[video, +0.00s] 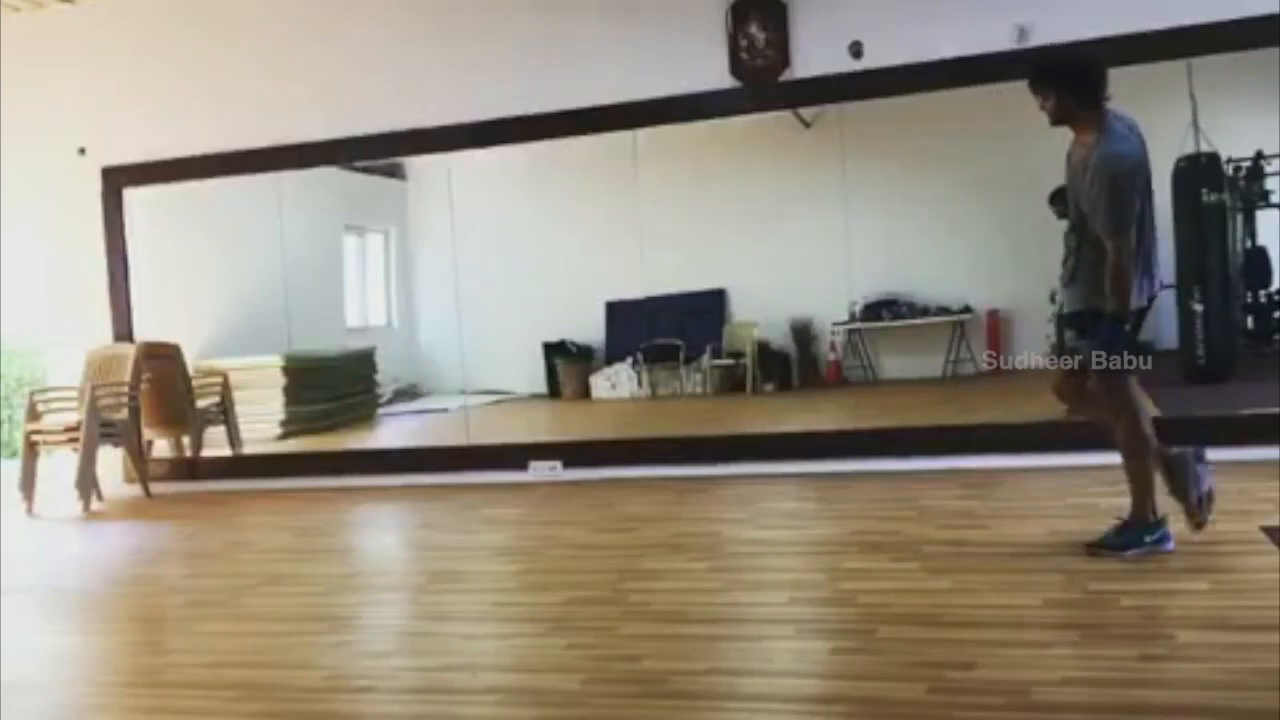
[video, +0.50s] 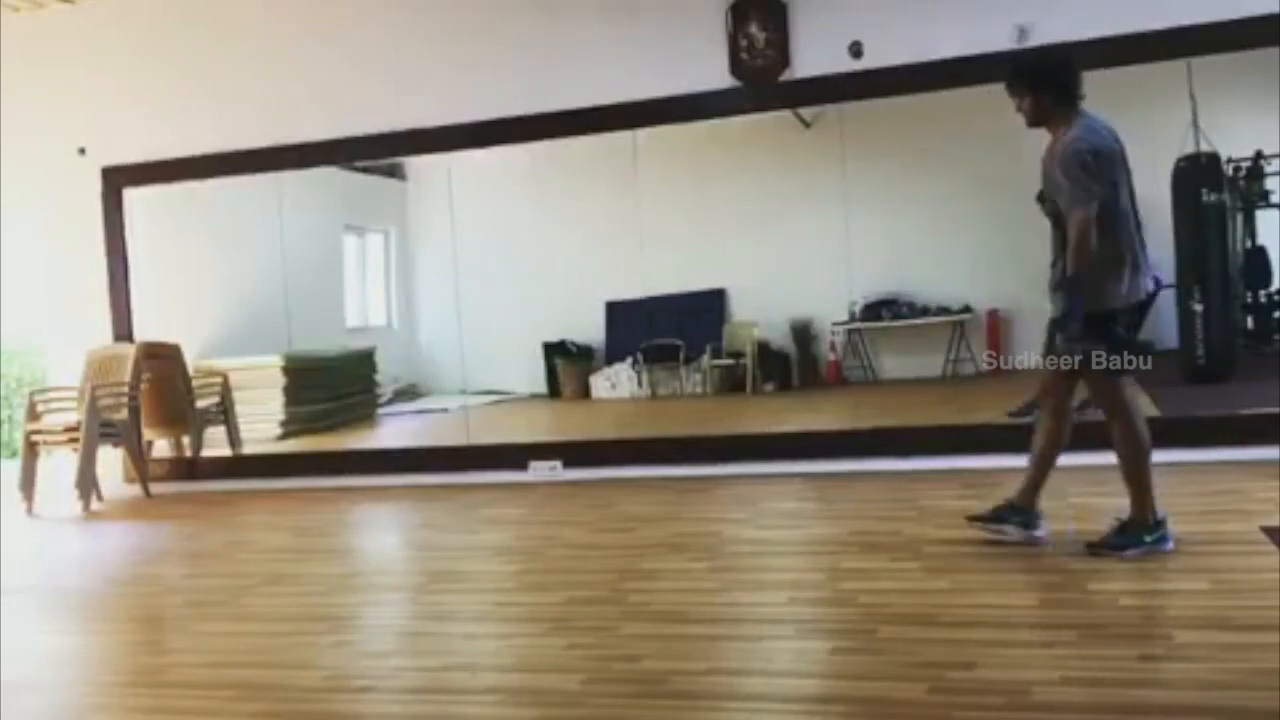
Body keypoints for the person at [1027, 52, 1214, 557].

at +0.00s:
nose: (1040, 106)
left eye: (1043, 97)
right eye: (1038, 97)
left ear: (1066, 96)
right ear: (1080, 92)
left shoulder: (1111, 158)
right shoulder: (1095, 132)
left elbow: (1120, 247)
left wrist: (1118, 319)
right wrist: (1076, 201)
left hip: (1110, 300)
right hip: (1083, 292)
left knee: (1122, 400)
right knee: (1071, 387)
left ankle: (1145, 518)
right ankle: (1177, 463)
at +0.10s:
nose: (1039, 104)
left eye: (1043, 94)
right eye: (1037, 95)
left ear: (1069, 93)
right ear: (1075, 92)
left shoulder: (1113, 151)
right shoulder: (1086, 136)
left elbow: (1116, 243)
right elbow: (1102, 202)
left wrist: (1109, 318)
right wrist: (1075, 202)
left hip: (1115, 298)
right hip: (1084, 290)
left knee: (1118, 396)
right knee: (1063, 386)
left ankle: (1145, 517)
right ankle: (1154, 470)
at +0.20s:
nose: (1037, 105)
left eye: (1042, 95)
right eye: (1036, 95)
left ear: (1068, 93)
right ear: (1075, 91)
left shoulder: (1111, 150)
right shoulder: (1087, 136)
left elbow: (1116, 243)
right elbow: (1100, 201)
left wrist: (1108, 315)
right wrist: (1074, 201)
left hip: (1113, 299)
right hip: (1084, 291)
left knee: (1117, 397)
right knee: (1058, 382)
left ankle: (1144, 516)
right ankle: (1148, 471)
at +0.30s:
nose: (1032, 105)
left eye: (1036, 94)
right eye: (1031, 95)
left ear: (1061, 92)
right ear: (1068, 91)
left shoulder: (1105, 149)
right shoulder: (1081, 139)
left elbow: (1112, 238)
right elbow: (1096, 213)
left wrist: (1098, 306)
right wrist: (1068, 206)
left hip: (1115, 298)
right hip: (1083, 292)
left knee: (1118, 394)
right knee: (1052, 384)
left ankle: (1146, 518)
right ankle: (1103, 488)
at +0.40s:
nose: (1029, 105)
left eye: (1032, 95)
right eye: (1027, 96)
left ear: (1057, 92)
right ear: (1066, 91)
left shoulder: (1099, 148)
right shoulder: (1077, 139)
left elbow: (1105, 237)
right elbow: (1093, 211)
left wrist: (1094, 304)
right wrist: (1066, 205)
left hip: (1116, 296)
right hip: (1084, 290)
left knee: (1116, 393)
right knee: (1052, 384)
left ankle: (1146, 518)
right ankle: (1078, 501)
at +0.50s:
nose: (1017, 109)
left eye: (1019, 98)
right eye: (1015, 99)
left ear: (1041, 95)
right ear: (1057, 91)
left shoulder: (1073, 147)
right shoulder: (1093, 134)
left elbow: (1082, 229)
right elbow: (1105, 220)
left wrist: (1068, 293)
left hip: (1101, 298)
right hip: (1107, 292)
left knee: (1114, 401)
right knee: (1054, 394)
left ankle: (1145, 519)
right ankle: (1024, 504)